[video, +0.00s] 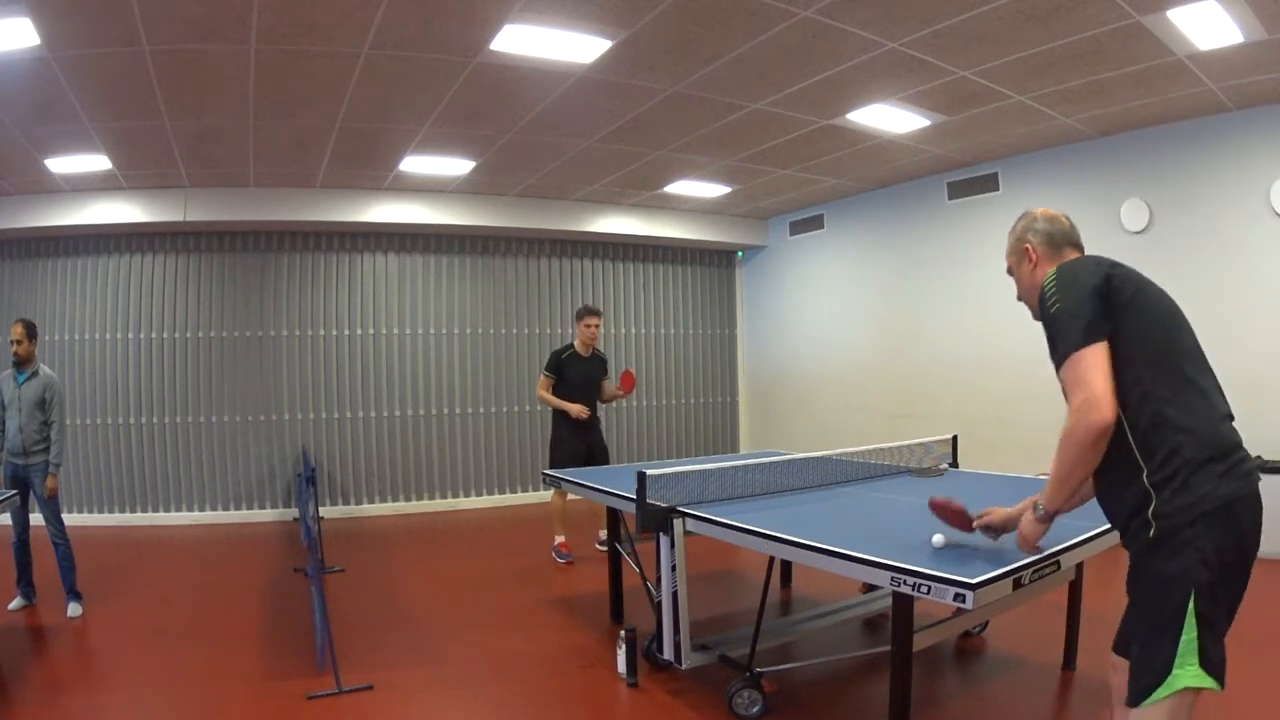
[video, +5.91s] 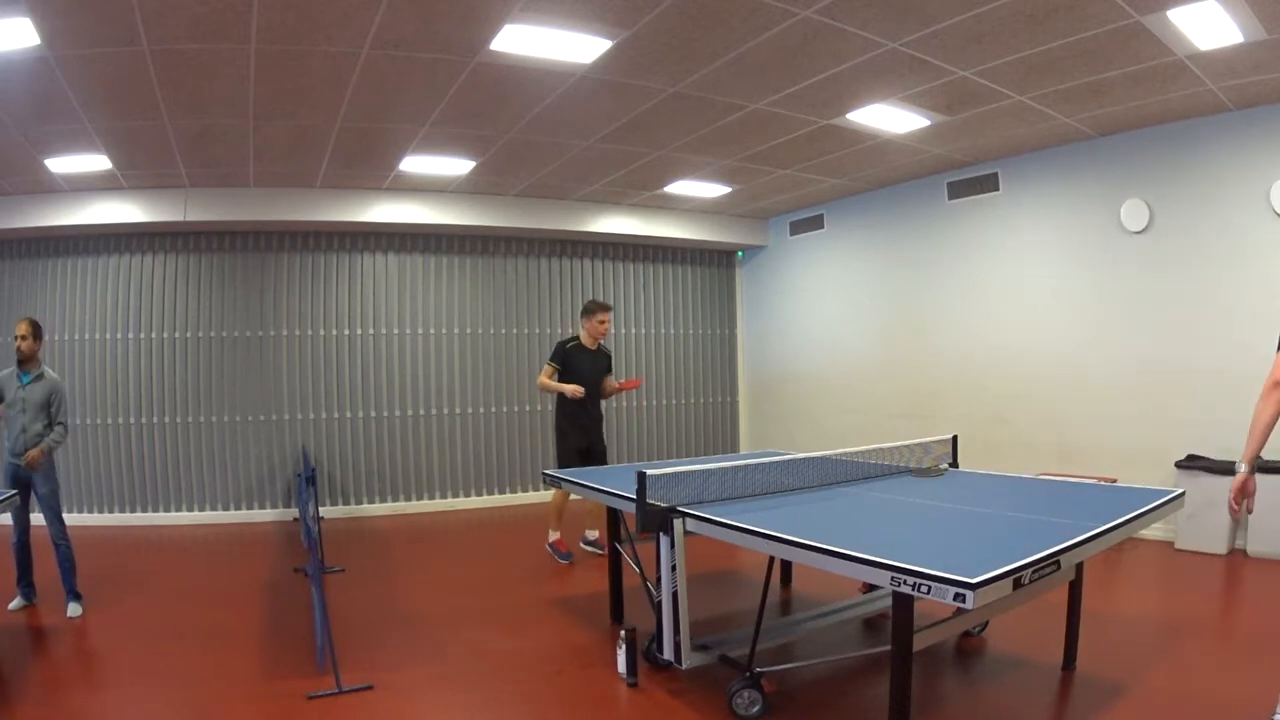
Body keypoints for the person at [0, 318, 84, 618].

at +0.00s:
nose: (14, 347)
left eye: (19, 342)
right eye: (11, 343)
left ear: (34, 344)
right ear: (10, 345)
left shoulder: (48, 380)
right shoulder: (5, 380)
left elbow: (57, 429)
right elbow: (2, 423)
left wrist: (53, 472)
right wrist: (2, 465)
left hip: (40, 465)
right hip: (12, 465)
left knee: (57, 533)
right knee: (19, 534)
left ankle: (73, 596)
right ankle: (26, 593)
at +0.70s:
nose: (22, 355)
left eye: (27, 349)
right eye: (18, 349)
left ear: (39, 346)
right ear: (13, 347)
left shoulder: (54, 381)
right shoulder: (5, 380)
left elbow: (70, 421)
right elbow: (2, 420)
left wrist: (55, 447)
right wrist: (2, 455)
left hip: (45, 461)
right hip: (15, 462)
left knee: (60, 530)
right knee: (22, 532)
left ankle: (73, 596)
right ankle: (25, 593)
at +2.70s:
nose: (17, 343)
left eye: (23, 338)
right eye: (15, 338)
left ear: (38, 343)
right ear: (15, 343)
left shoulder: (50, 381)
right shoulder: (7, 379)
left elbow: (59, 427)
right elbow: (4, 419)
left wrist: (32, 443)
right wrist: (6, 446)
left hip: (39, 464)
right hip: (11, 464)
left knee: (55, 531)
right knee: (20, 532)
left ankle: (73, 596)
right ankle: (26, 592)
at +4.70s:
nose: (38, 355)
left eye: (43, 349)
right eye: (34, 349)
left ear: (52, 349)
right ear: (28, 349)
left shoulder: (59, 388)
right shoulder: (13, 377)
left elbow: (68, 424)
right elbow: (3, 422)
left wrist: (74, 448)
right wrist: (5, 464)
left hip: (50, 463)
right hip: (20, 464)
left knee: (62, 531)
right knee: (23, 533)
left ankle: (73, 596)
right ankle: (26, 593)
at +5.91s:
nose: (18, 343)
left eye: (24, 338)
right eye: (16, 338)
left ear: (38, 343)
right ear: (14, 343)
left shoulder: (53, 384)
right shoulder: (6, 380)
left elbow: (61, 428)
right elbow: (4, 416)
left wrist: (42, 449)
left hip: (40, 464)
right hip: (11, 464)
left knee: (57, 533)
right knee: (19, 533)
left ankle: (72, 596)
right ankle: (26, 593)